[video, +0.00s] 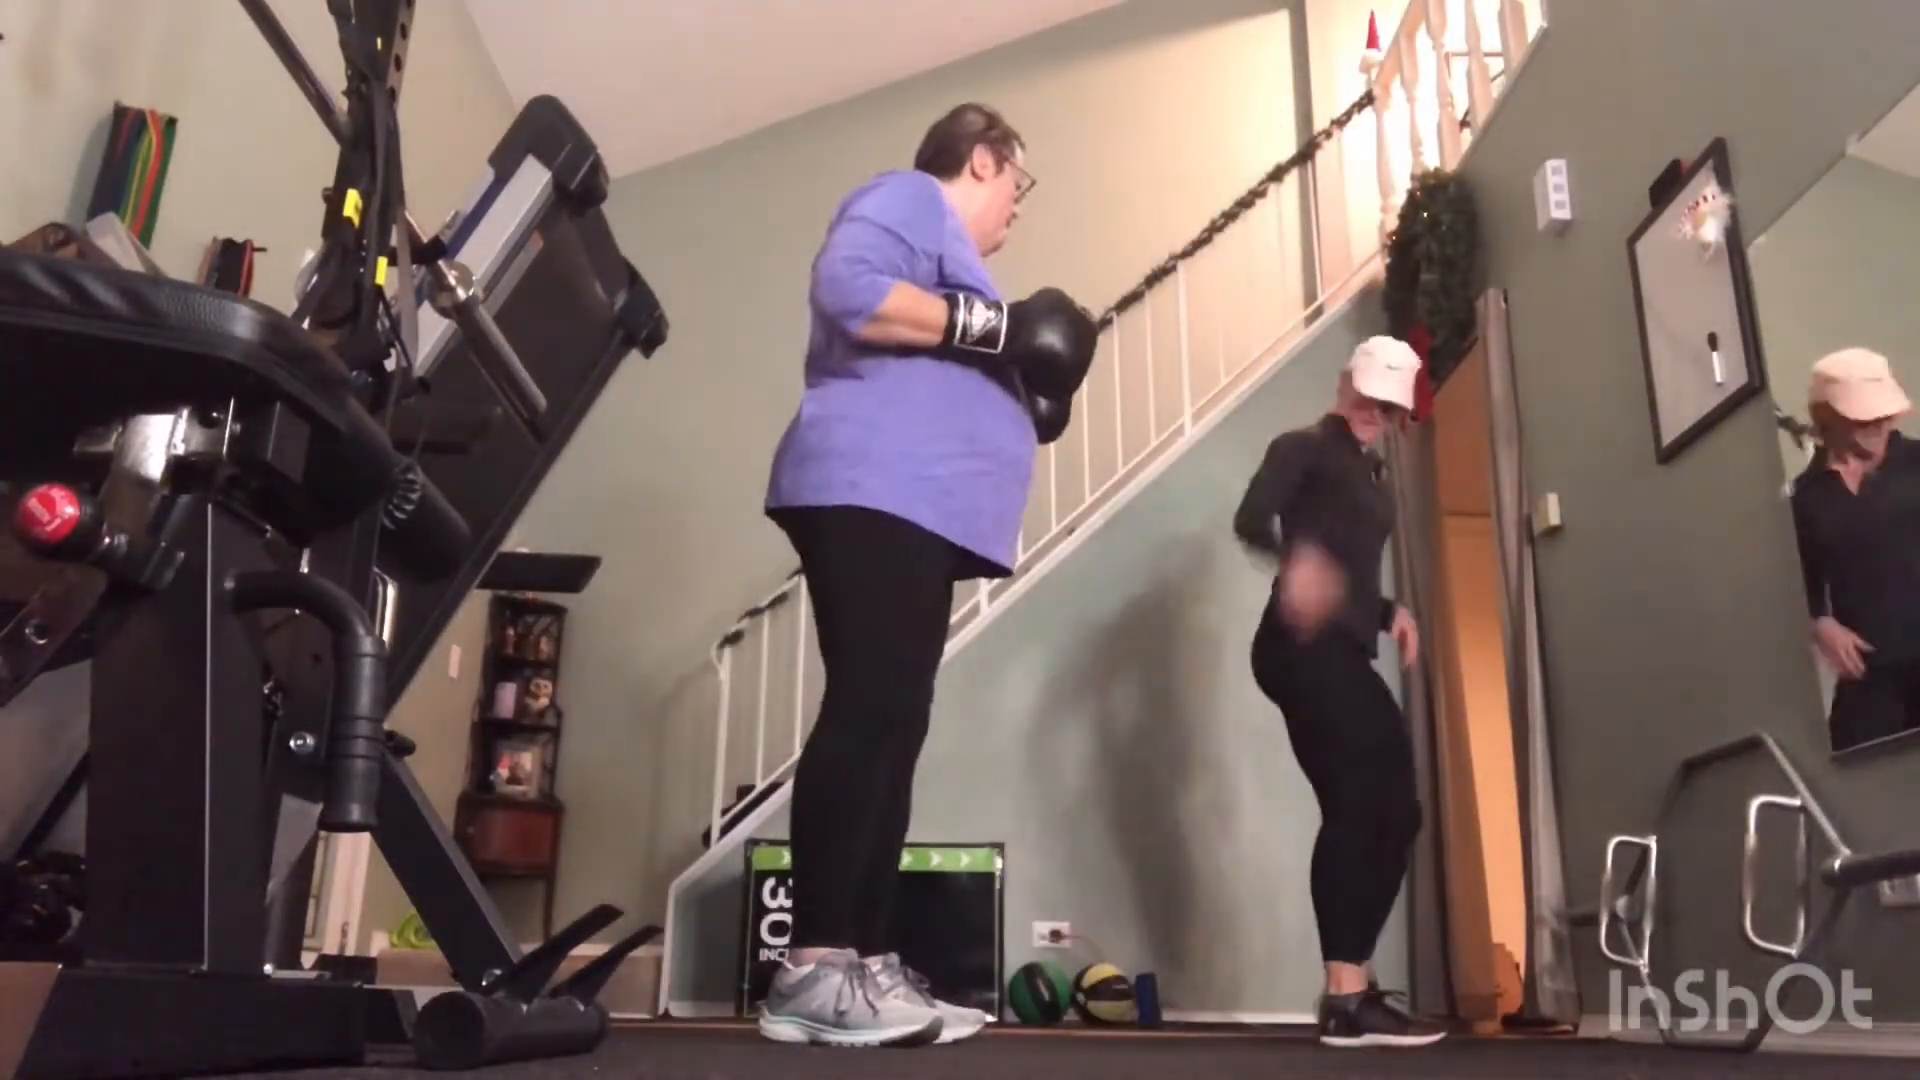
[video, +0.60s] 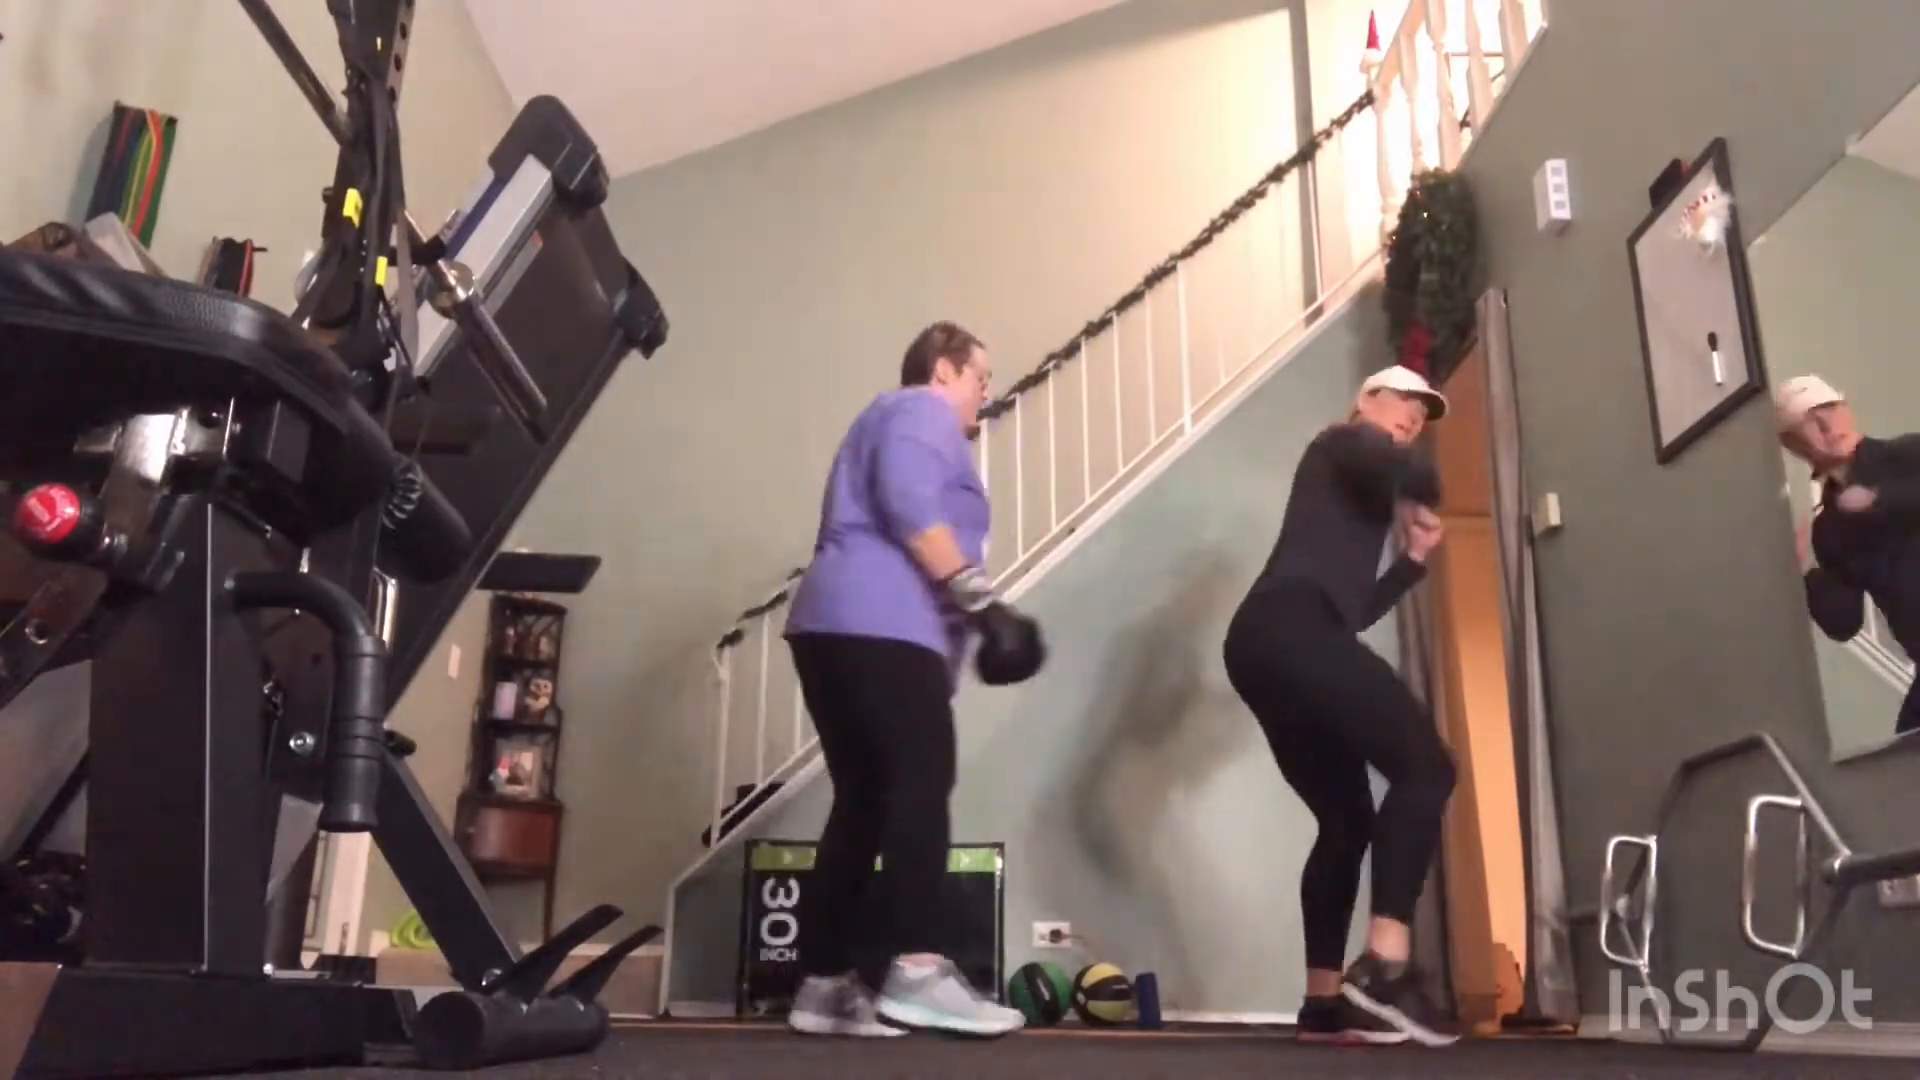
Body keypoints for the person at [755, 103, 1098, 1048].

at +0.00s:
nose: (1020, 211)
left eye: (1023, 196)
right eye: (1019, 189)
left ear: (977, 171)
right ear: (984, 162)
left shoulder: (962, 270)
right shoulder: (910, 192)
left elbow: (984, 415)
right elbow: (848, 291)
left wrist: (1039, 386)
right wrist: (988, 323)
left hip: (914, 511)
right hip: (868, 492)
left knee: (892, 727)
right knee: (868, 719)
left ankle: (864, 966)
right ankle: (816, 967)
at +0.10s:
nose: (1027, 213)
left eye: (1030, 199)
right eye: (1026, 191)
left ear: (985, 173)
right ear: (993, 163)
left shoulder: (967, 266)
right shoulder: (921, 189)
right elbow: (858, 288)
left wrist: (1038, 391)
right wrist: (994, 326)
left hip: (910, 504)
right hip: (870, 487)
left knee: (892, 722)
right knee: (883, 717)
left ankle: (854, 963)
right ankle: (825, 964)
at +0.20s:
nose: (1029, 223)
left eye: (1035, 209)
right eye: (1032, 202)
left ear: (961, 155)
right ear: (1011, 171)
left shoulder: (876, 215)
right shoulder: (966, 189)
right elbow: (928, 283)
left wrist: (1028, 369)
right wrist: (1047, 353)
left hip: (801, 476)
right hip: (855, 482)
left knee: (850, 709)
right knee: (854, 708)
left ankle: (830, 951)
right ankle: (802, 963)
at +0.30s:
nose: (988, 247)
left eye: (986, 234)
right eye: (984, 232)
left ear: (898, 214)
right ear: (957, 216)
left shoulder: (811, 288)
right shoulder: (940, 251)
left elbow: (740, 413)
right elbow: (948, 353)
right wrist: (1026, 428)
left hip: (758, 510)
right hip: (870, 511)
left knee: (792, 734)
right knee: (864, 722)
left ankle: (775, 976)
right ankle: (806, 961)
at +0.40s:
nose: (965, 291)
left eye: (964, 280)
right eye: (961, 277)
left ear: (881, 272)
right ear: (932, 267)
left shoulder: (817, 338)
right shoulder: (925, 305)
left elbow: (776, 456)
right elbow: (925, 399)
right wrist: (988, 510)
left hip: (778, 552)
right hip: (892, 554)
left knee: (796, 759)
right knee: (947, 755)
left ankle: (770, 980)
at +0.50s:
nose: (999, 331)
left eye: (998, 319)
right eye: (996, 318)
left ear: (923, 314)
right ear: (972, 311)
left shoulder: (857, 384)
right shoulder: (978, 359)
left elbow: (815, 508)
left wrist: (906, 528)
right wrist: (1064, 574)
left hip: (836, 592)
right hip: (943, 588)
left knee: (872, 770)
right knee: (958, 780)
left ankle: (814, 939)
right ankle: (932, 983)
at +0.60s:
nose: (987, 394)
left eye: (988, 382)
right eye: (981, 378)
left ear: (930, 373)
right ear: (945, 368)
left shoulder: (879, 419)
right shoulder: (922, 409)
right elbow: (910, 505)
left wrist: (969, 613)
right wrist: (979, 598)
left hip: (828, 626)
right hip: (882, 625)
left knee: (860, 801)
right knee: (920, 795)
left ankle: (826, 984)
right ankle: (915, 970)